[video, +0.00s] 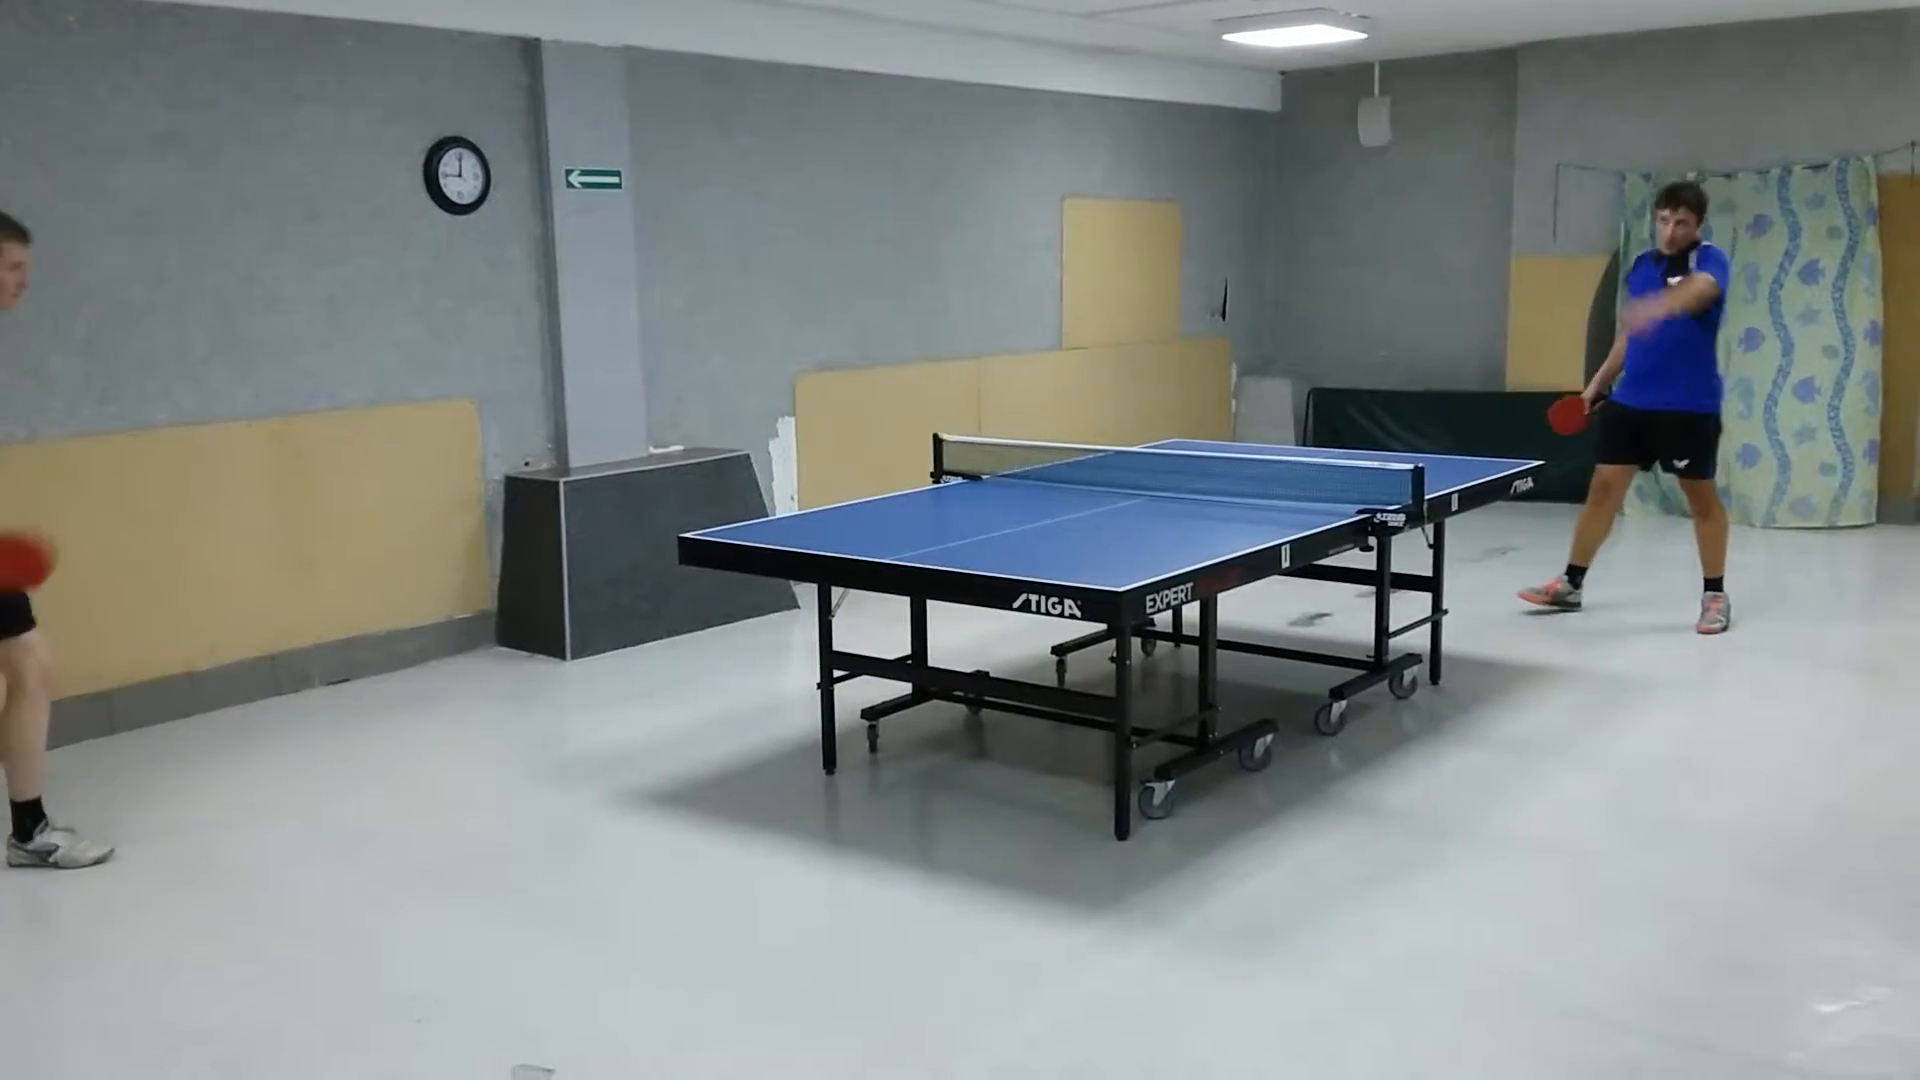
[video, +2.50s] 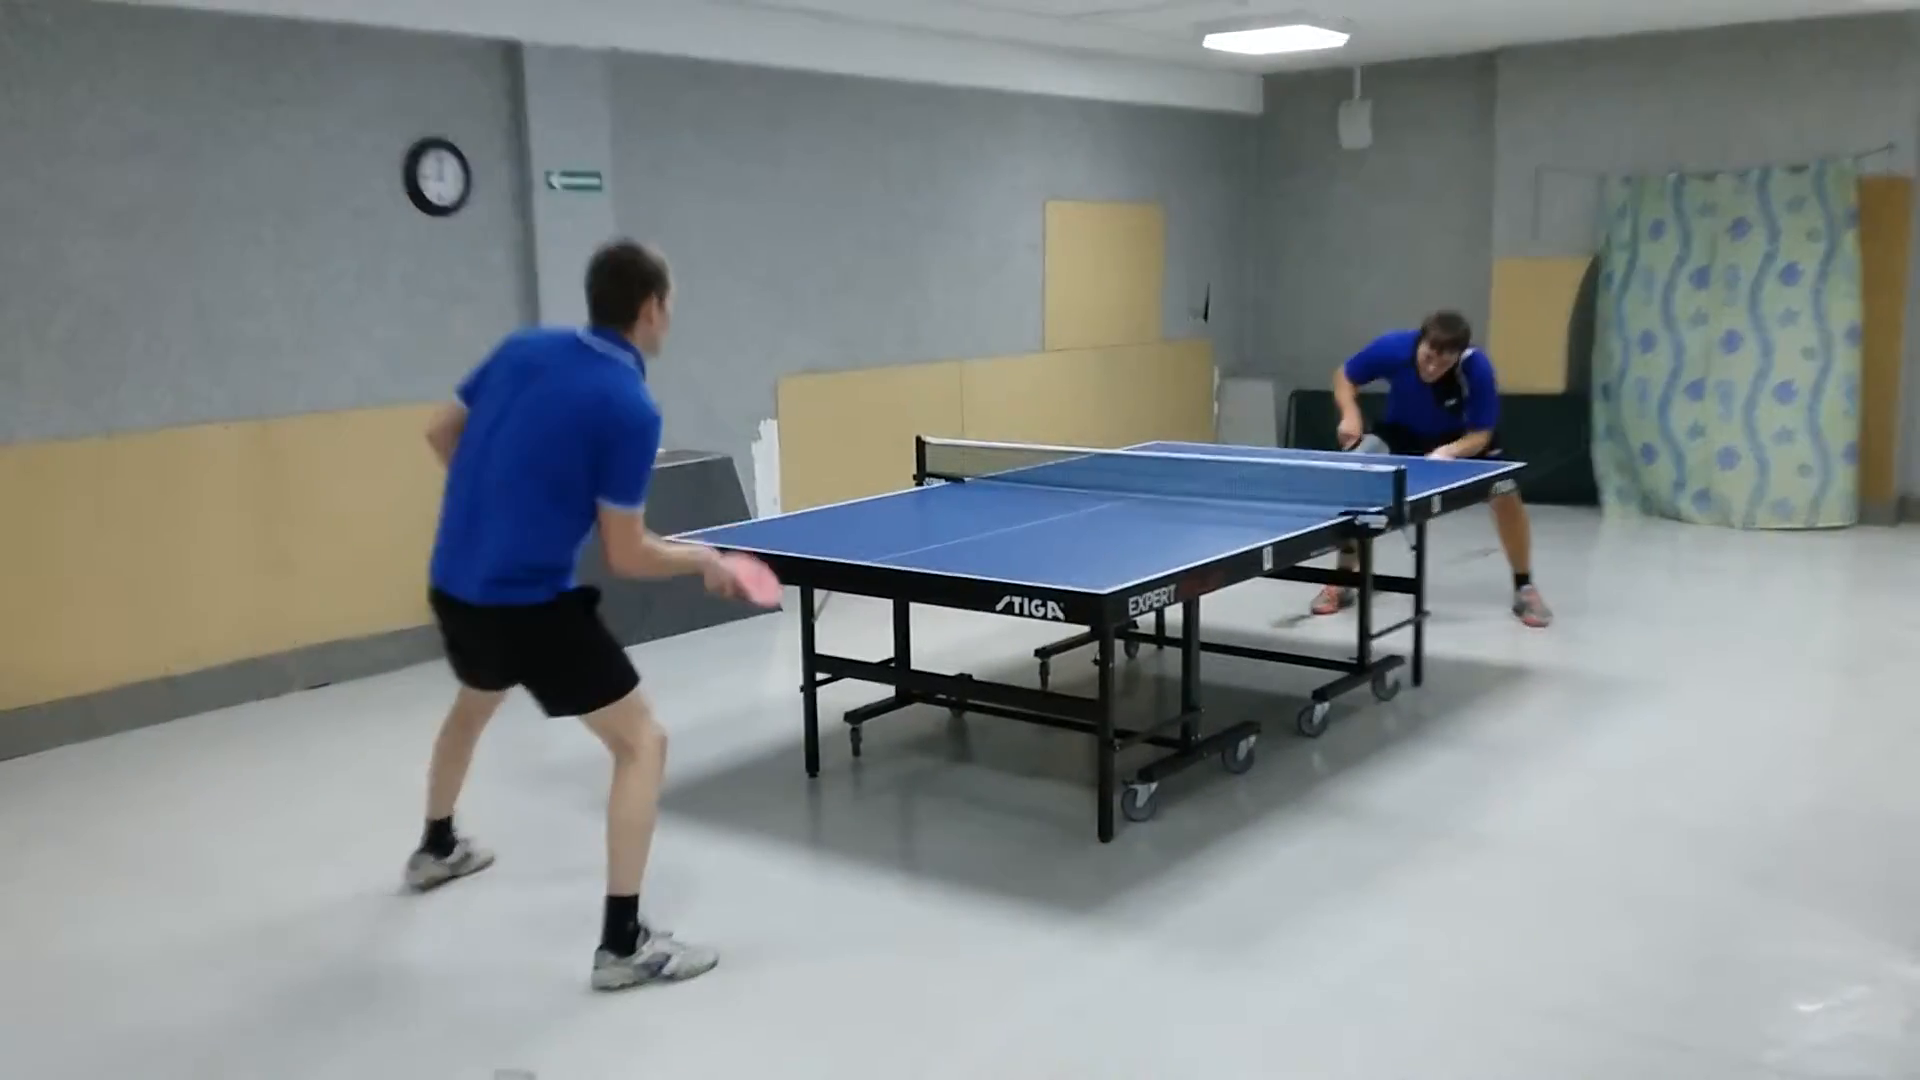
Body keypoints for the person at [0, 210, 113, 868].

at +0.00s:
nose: (20, 281)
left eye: (23, 269)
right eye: (11, 268)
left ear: (22, 272)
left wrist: (10, 549)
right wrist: (9, 552)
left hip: (9, 566)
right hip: (8, 569)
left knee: (27, 666)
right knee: (29, 665)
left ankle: (28, 825)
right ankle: (28, 827)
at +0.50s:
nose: (191, 283)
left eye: (196, 270)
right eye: (184, 266)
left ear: (158, 260)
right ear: (137, 252)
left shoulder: (160, 333)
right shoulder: (71, 329)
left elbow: (162, 442)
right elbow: (103, 444)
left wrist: (225, 503)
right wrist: (179, 366)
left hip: (177, 536)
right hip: (100, 548)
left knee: (242, 667)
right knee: (84, 687)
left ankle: (278, 824)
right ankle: (23, 816)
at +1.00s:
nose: (383, 247)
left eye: (381, 234)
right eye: (373, 231)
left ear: (333, 236)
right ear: (335, 233)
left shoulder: (323, 305)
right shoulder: (311, 304)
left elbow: (343, 417)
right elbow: (282, 423)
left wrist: (440, 413)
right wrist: (375, 468)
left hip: (305, 527)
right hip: (320, 529)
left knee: (324, 669)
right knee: (414, 675)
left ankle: (276, 826)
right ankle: (453, 861)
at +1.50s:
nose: (488, 223)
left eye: (484, 208)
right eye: (481, 209)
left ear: (413, 215)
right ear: (456, 214)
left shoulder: (349, 297)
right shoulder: (472, 303)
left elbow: (305, 408)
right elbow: (510, 433)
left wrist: (363, 472)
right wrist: (578, 407)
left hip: (380, 543)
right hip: (467, 537)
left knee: (411, 698)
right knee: (498, 693)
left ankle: (383, 896)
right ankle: (475, 874)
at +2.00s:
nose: (553, 248)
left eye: (548, 234)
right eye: (549, 235)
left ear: (478, 244)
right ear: (532, 240)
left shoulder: (420, 325)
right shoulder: (555, 337)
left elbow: (362, 436)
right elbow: (575, 479)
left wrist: (424, 501)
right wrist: (619, 482)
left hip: (446, 579)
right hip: (538, 579)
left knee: (438, 732)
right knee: (618, 733)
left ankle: (389, 923)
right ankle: (624, 938)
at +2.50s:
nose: (669, 318)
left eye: (666, 304)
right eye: (667, 305)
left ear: (596, 303)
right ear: (650, 311)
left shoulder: (526, 348)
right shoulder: (628, 407)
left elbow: (442, 429)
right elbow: (627, 556)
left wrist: (497, 495)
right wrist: (702, 560)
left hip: (456, 582)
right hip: (534, 600)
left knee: (478, 696)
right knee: (641, 742)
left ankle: (435, 846)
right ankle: (623, 942)